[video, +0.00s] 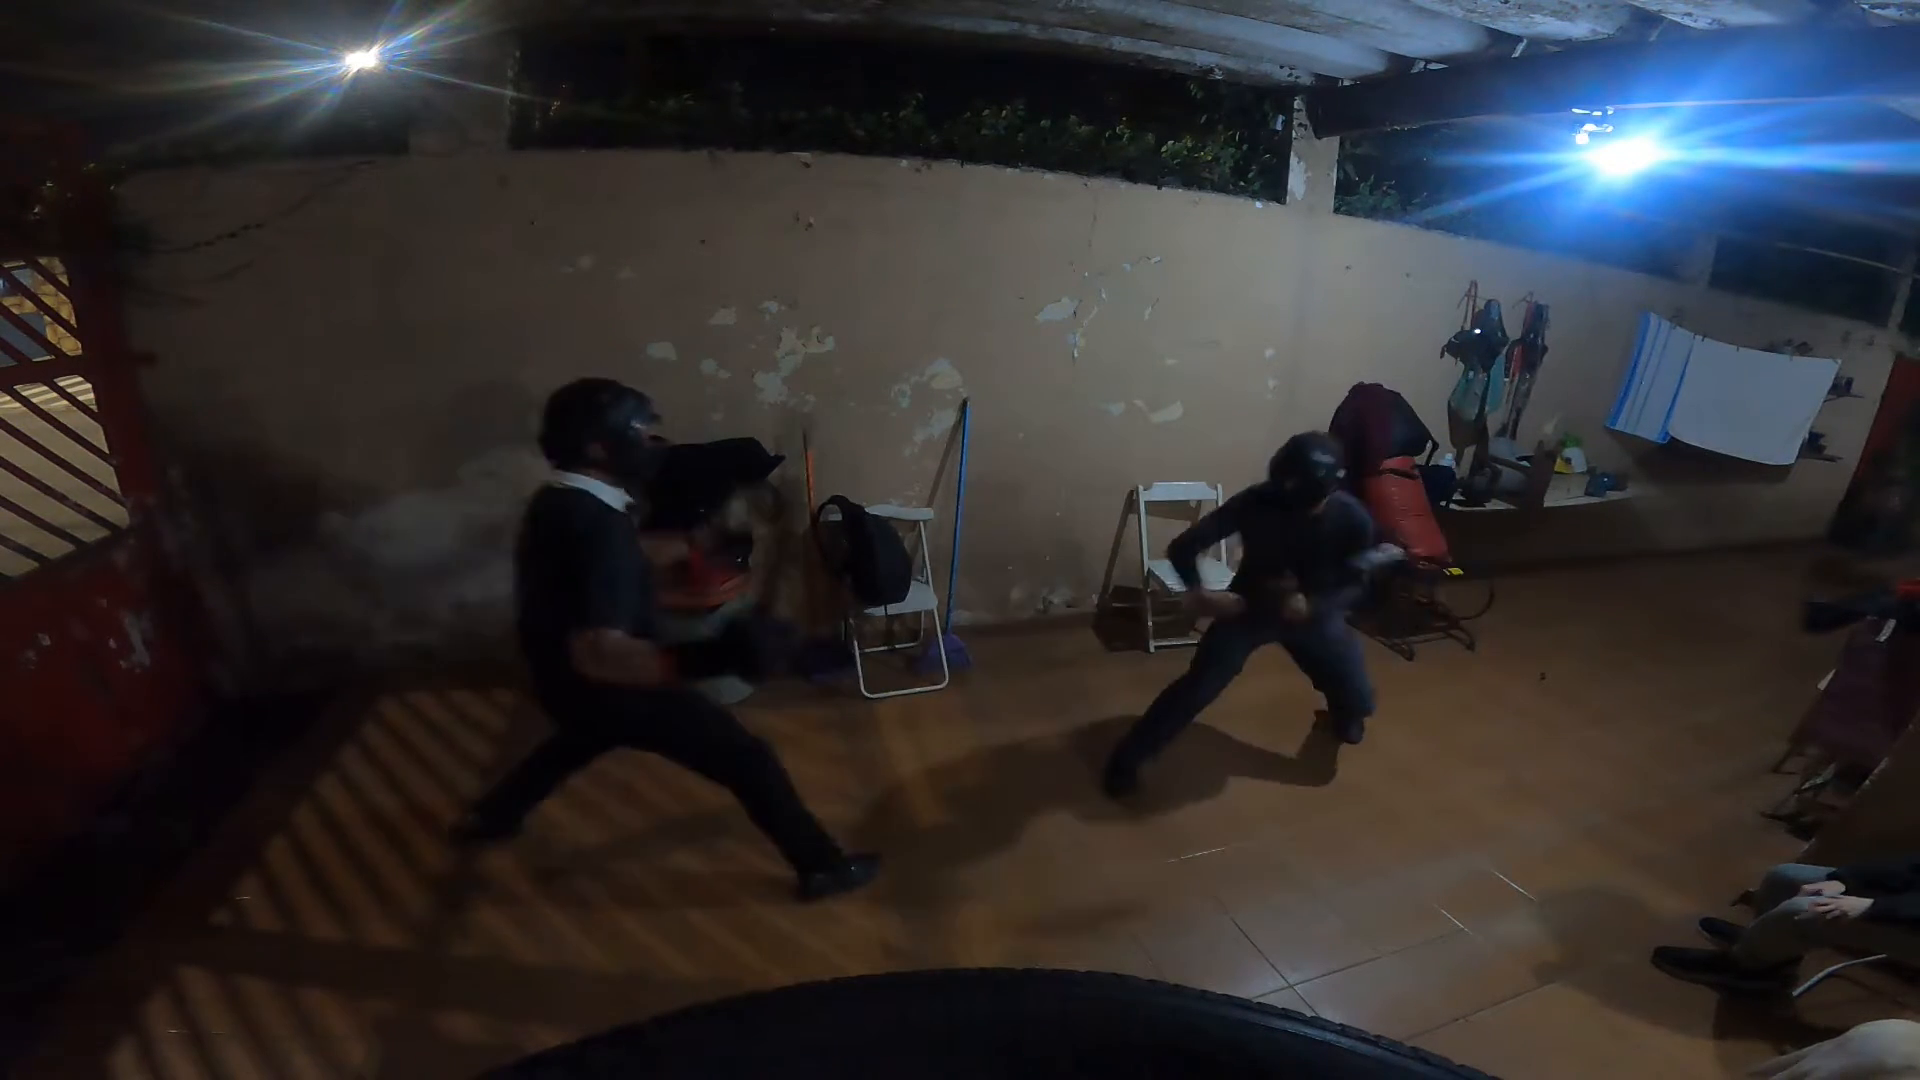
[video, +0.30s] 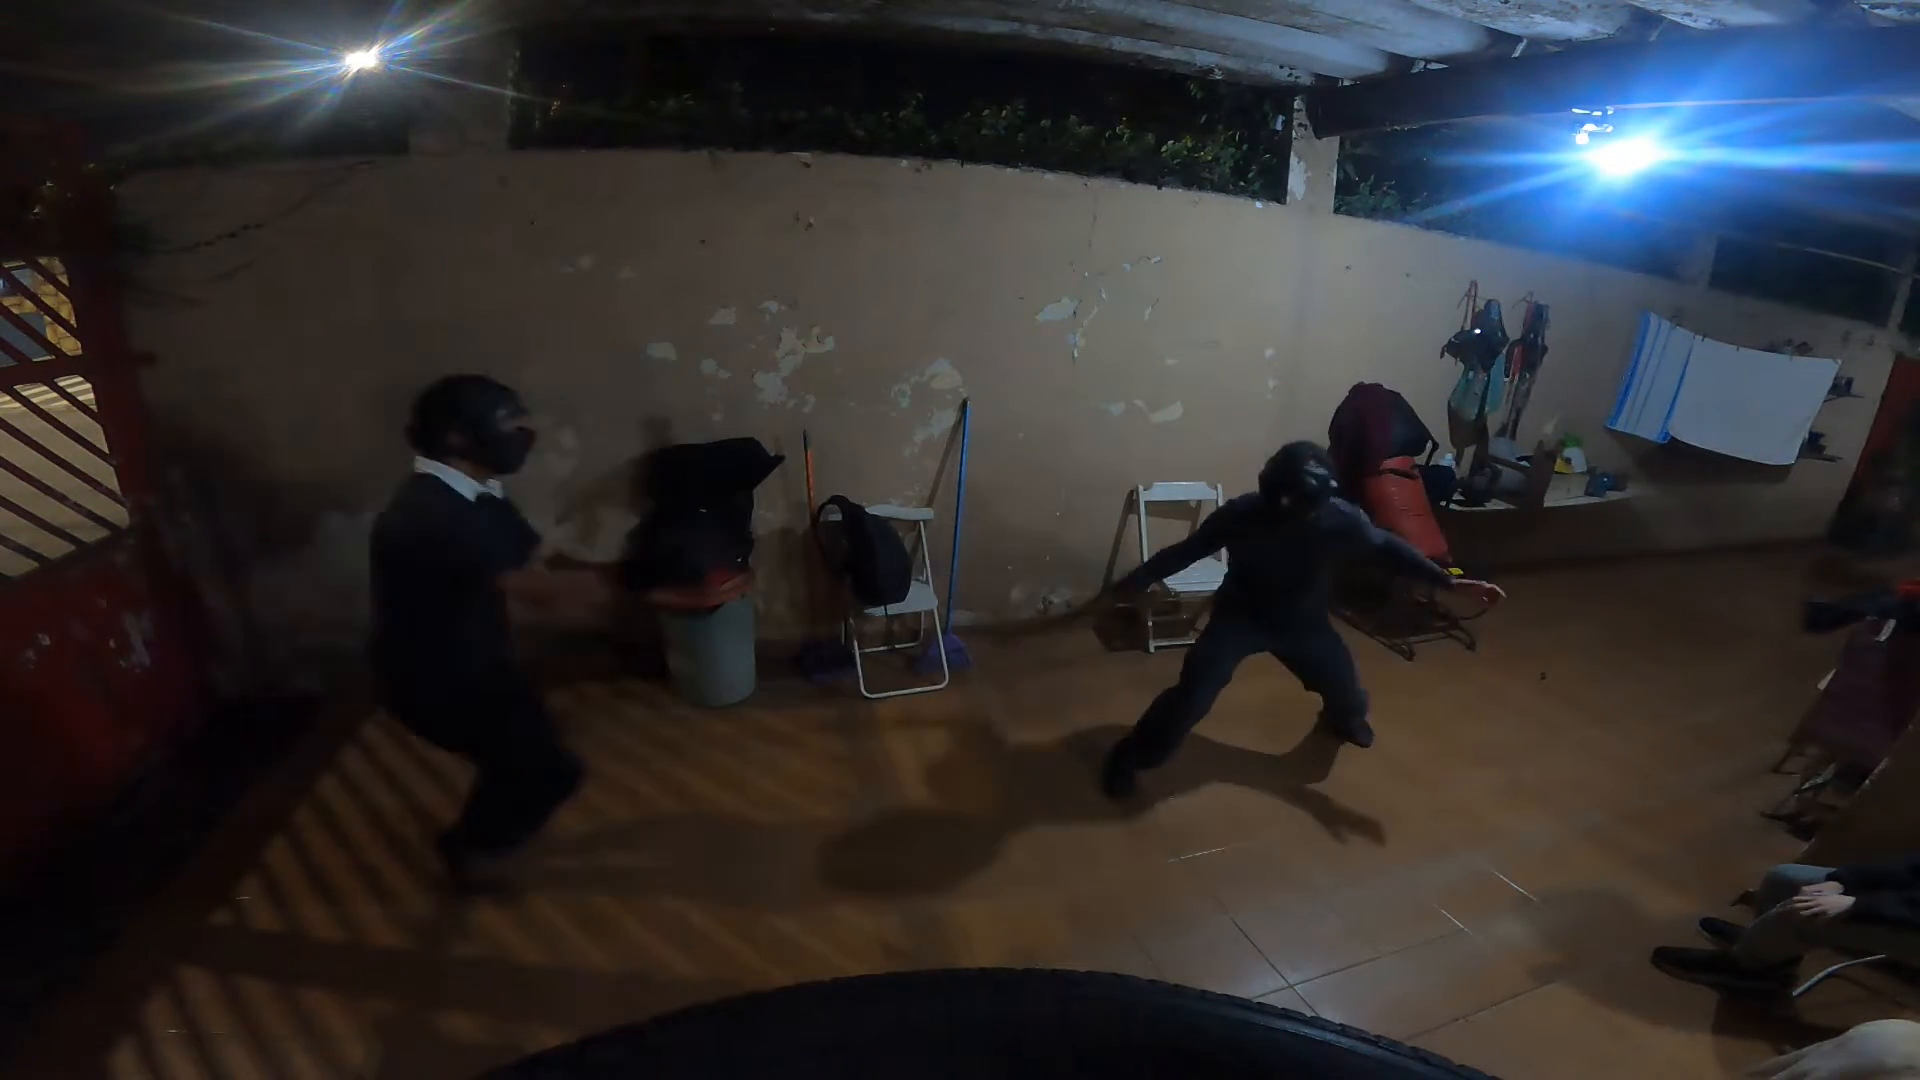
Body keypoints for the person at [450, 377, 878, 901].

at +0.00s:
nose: (656, 441)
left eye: (652, 429)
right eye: (642, 431)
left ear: (587, 449)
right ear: (599, 447)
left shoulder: (553, 509)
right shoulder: (596, 525)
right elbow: (596, 653)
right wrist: (706, 659)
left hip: (574, 690)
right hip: (616, 696)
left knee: (573, 747)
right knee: (746, 759)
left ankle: (489, 818)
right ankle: (819, 864)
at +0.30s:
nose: (526, 432)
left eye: (522, 418)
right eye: (507, 422)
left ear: (460, 442)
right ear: (460, 440)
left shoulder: (483, 501)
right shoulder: (438, 516)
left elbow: (545, 571)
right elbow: (535, 592)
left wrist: (622, 587)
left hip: (475, 668)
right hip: (433, 684)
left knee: (529, 754)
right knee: (550, 770)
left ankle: (472, 844)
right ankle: (472, 854)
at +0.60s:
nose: (434, 424)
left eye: (431, 412)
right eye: (415, 417)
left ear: (368, 440)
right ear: (365, 438)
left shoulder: (400, 496)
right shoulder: (342, 513)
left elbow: (409, 576)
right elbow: (415, 618)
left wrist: (460, 572)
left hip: (407, 652)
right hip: (350, 669)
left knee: (512, 703)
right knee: (364, 771)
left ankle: (476, 803)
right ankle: (317, 818)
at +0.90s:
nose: (490, 418)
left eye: (487, 406)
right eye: (474, 410)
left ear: (427, 428)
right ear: (432, 426)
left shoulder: (429, 482)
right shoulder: (423, 502)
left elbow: (476, 553)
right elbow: (490, 613)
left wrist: (541, 537)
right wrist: (570, 614)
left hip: (430, 646)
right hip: (390, 669)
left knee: (516, 705)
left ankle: (510, 800)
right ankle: (346, 814)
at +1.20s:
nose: (575, 463)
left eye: (572, 450)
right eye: (561, 453)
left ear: (503, 468)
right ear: (517, 469)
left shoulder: (467, 523)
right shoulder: (517, 548)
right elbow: (579, 655)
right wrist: (648, 701)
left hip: (442, 693)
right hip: (483, 705)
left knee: (555, 727)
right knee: (617, 770)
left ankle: (515, 806)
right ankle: (680, 876)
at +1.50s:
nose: (460, 453)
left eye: (464, 441)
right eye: (446, 439)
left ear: (465, 443)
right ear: (402, 443)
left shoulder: (456, 497)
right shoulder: (335, 517)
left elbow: (541, 536)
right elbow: (258, 611)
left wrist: (586, 488)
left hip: (446, 674)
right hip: (388, 689)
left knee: (415, 745)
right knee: (541, 753)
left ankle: (333, 816)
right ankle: (624, 867)